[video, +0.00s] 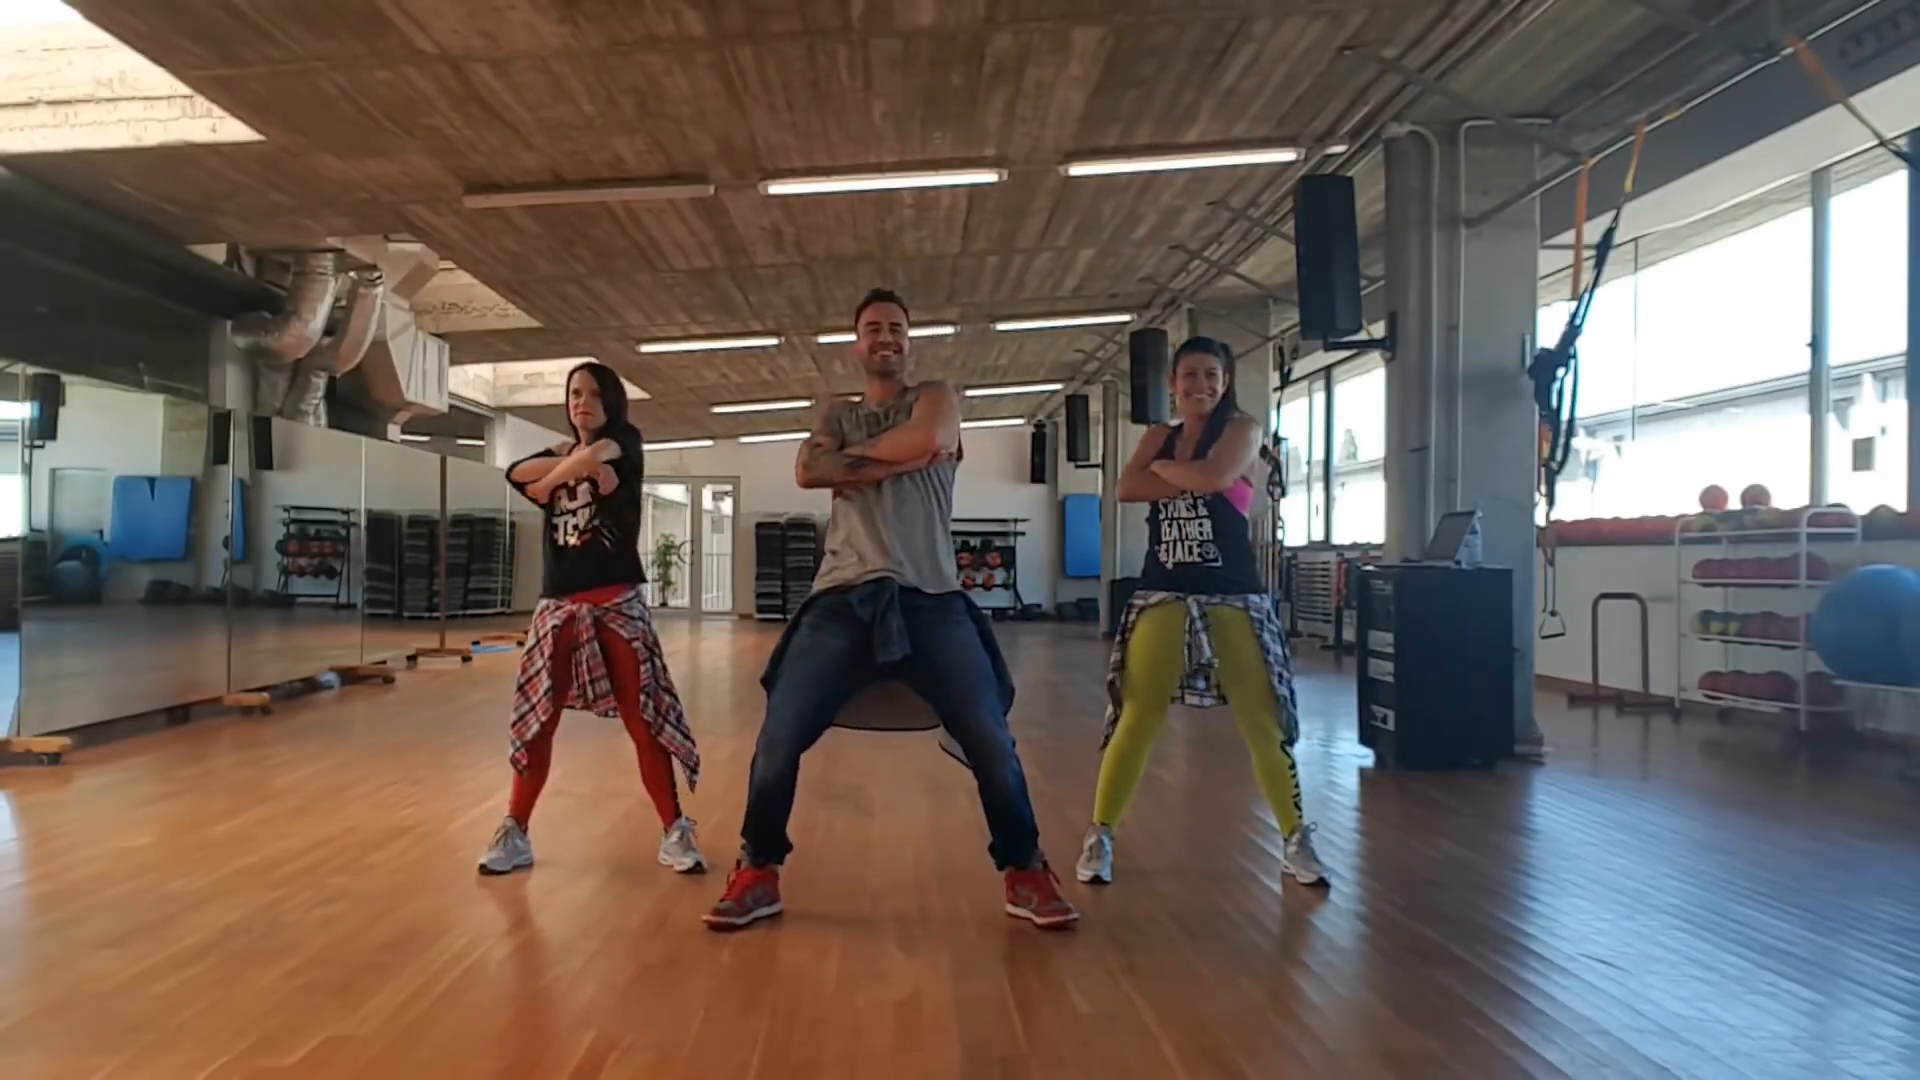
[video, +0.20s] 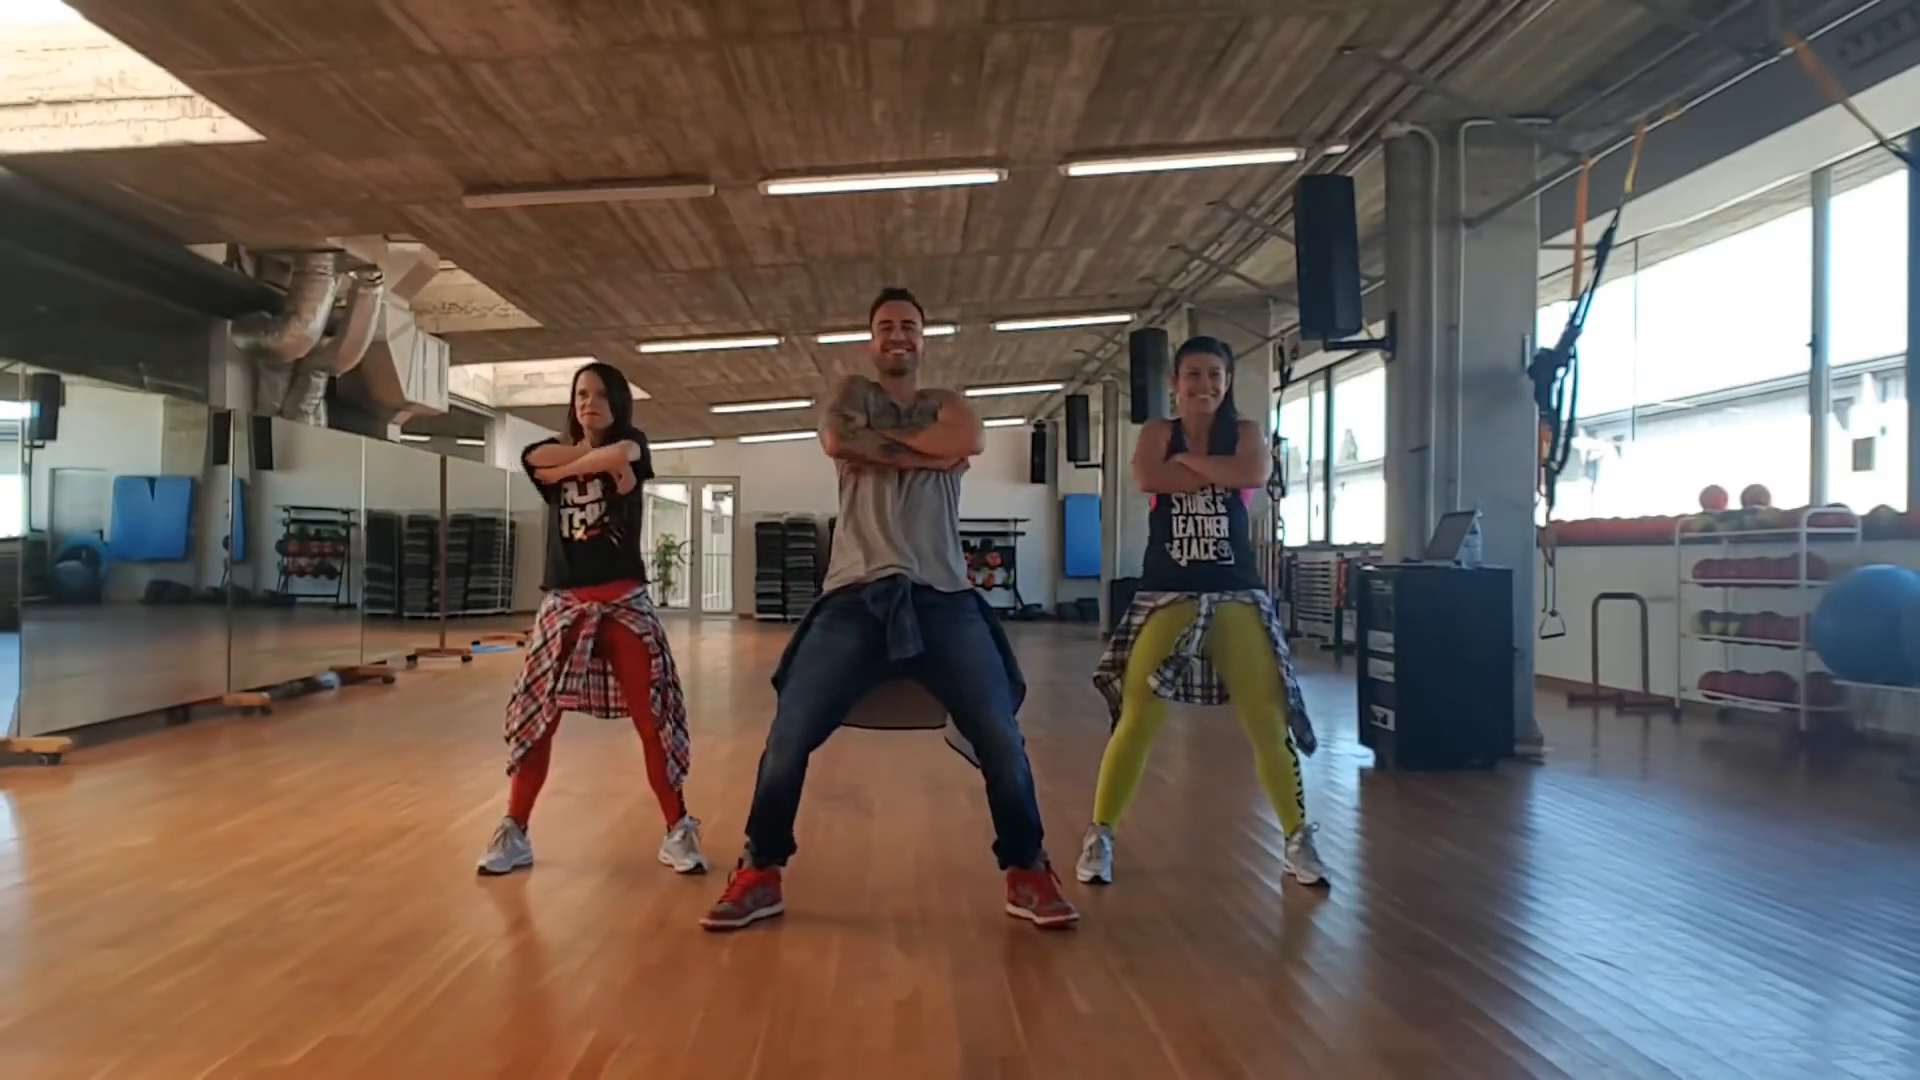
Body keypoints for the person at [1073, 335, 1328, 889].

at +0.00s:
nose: (1199, 384)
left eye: (1210, 376)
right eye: (1189, 375)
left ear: (1225, 383)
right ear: (1174, 383)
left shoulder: (1242, 428)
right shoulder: (1160, 436)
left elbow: (1212, 477)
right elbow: (1126, 488)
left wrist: (1157, 466)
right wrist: (1194, 478)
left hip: (1233, 591)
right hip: (1162, 590)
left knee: (1262, 720)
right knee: (1140, 714)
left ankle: (1296, 841)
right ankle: (1100, 837)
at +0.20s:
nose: (1203, 384)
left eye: (1213, 376)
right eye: (1192, 375)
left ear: (1227, 383)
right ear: (1175, 383)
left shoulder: (1247, 431)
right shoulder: (1157, 432)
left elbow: (1251, 474)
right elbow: (1145, 476)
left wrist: (1180, 459)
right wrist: (1221, 472)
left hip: (1235, 592)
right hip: (1165, 592)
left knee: (1267, 720)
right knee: (1138, 717)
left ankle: (1297, 840)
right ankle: (1099, 838)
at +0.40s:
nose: (1206, 386)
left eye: (1215, 377)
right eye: (1195, 377)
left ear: (1227, 386)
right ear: (1176, 384)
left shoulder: (1242, 440)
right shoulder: (1163, 430)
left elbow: (1278, 486)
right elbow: (1193, 479)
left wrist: (1218, 459)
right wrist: (1247, 480)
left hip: (1242, 597)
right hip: (1178, 597)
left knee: (1266, 719)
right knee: (1143, 720)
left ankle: (1296, 839)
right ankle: (1100, 837)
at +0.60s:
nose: (1204, 388)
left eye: (1213, 378)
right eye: (1193, 378)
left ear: (1226, 386)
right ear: (1175, 384)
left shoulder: (1245, 438)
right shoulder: (1158, 430)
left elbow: (1271, 479)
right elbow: (1170, 476)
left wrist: (1205, 458)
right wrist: (1237, 474)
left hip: (1239, 596)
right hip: (1170, 596)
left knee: (1267, 718)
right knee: (1145, 714)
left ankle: (1297, 840)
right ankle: (1100, 837)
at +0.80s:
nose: (1203, 388)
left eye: (1213, 379)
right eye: (1193, 378)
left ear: (1227, 385)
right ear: (1175, 385)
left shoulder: (1241, 426)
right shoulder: (1160, 434)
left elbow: (1223, 471)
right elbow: (1131, 482)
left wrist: (1161, 460)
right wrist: (1201, 469)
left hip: (1234, 592)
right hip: (1163, 591)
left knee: (1262, 716)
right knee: (1139, 715)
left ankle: (1296, 840)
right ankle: (1098, 837)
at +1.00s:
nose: (1204, 388)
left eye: (1214, 379)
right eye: (1193, 378)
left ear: (1228, 386)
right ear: (1175, 385)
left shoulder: (1242, 426)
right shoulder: (1161, 432)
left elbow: (1227, 473)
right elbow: (1132, 481)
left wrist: (1164, 459)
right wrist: (1201, 469)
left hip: (1230, 595)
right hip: (1161, 594)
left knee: (1261, 722)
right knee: (1135, 721)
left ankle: (1297, 841)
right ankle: (1098, 838)